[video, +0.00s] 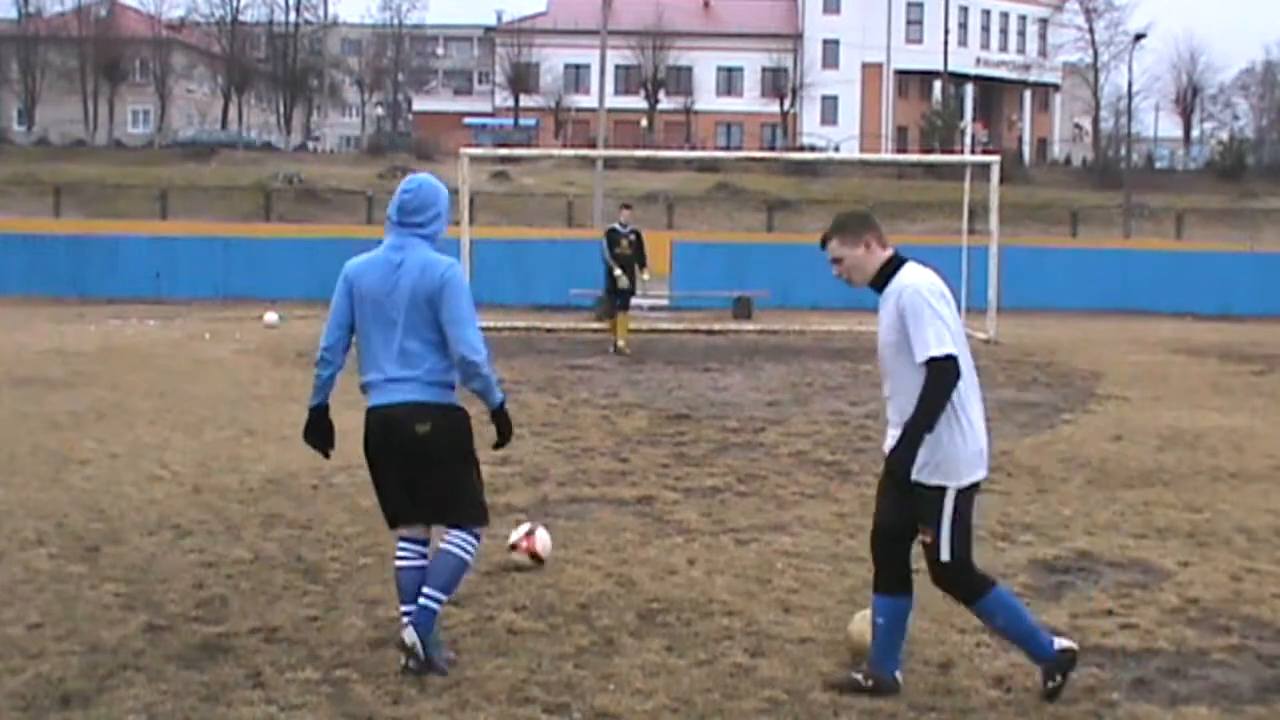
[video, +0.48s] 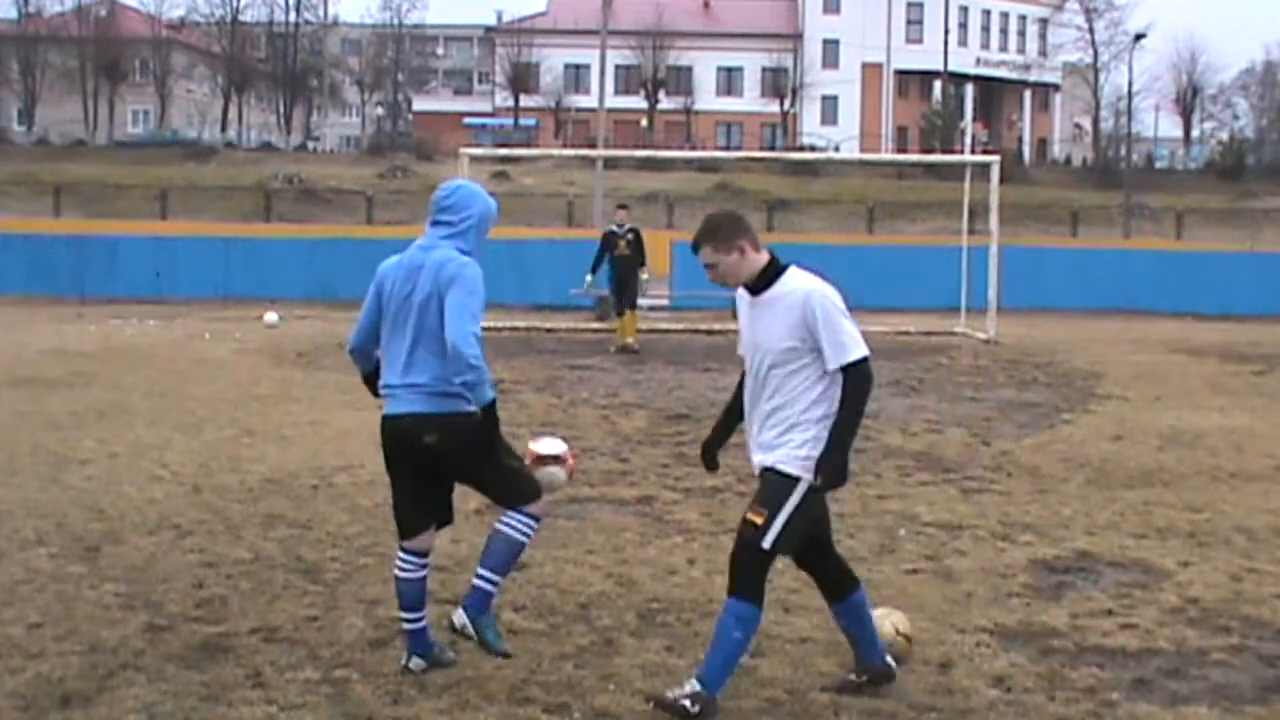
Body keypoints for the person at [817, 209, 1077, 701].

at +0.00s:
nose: (838, 273)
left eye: (841, 261)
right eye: (833, 264)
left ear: (873, 245)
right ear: (868, 251)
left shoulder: (915, 288)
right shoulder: (894, 294)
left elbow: (943, 371)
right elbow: (928, 375)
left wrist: (904, 446)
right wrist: (905, 444)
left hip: (948, 456)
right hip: (910, 451)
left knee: (951, 569)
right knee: (889, 547)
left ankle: (1050, 653)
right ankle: (882, 670)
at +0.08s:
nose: (813, 276)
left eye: (815, 263)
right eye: (808, 267)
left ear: (845, 246)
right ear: (842, 252)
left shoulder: (896, 284)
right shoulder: (872, 293)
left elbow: (929, 365)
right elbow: (901, 372)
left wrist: (886, 437)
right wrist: (882, 441)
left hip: (930, 453)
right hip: (894, 450)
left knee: (903, 559)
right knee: (874, 555)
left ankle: (1005, 640)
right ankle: (881, 671)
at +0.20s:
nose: (784, 274)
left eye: (786, 261)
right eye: (778, 265)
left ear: (814, 241)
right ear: (808, 249)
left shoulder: (874, 278)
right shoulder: (839, 291)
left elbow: (915, 355)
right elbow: (861, 372)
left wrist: (872, 429)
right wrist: (839, 429)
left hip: (897, 444)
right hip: (865, 444)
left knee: (847, 546)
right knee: (865, 548)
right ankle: (881, 658)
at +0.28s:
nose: (765, 272)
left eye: (766, 260)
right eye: (760, 264)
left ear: (795, 241)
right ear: (789, 248)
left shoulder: (860, 280)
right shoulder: (810, 290)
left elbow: (904, 358)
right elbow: (834, 368)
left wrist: (861, 444)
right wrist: (807, 423)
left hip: (870, 446)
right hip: (838, 445)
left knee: (816, 543)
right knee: (860, 550)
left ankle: (826, 679)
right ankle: (882, 671)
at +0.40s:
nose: (733, 276)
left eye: (735, 265)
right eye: (728, 267)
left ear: (763, 248)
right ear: (758, 254)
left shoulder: (834, 290)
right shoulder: (773, 297)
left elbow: (880, 368)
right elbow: (785, 374)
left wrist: (856, 446)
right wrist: (751, 433)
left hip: (832, 457)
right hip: (799, 456)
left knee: (779, 556)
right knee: (845, 559)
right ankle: (880, 671)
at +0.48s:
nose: (711, 277)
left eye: (713, 265)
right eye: (707, 267)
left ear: (744, 249)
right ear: (737, 256)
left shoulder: (813, 295)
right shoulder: (746, 300)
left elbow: (859, 374)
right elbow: (755, 375)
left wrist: (836, 452)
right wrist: (718, 435)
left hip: (806, 459)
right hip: (773, 457)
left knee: (749, 556)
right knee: (819, 558)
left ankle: (704, 691)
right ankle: (875, 665)